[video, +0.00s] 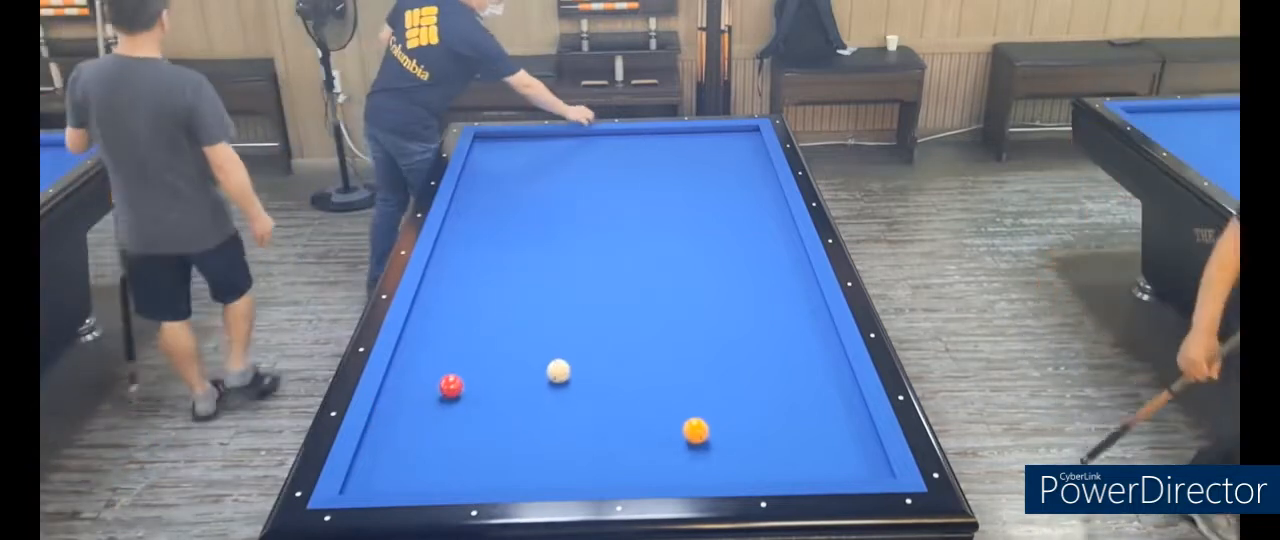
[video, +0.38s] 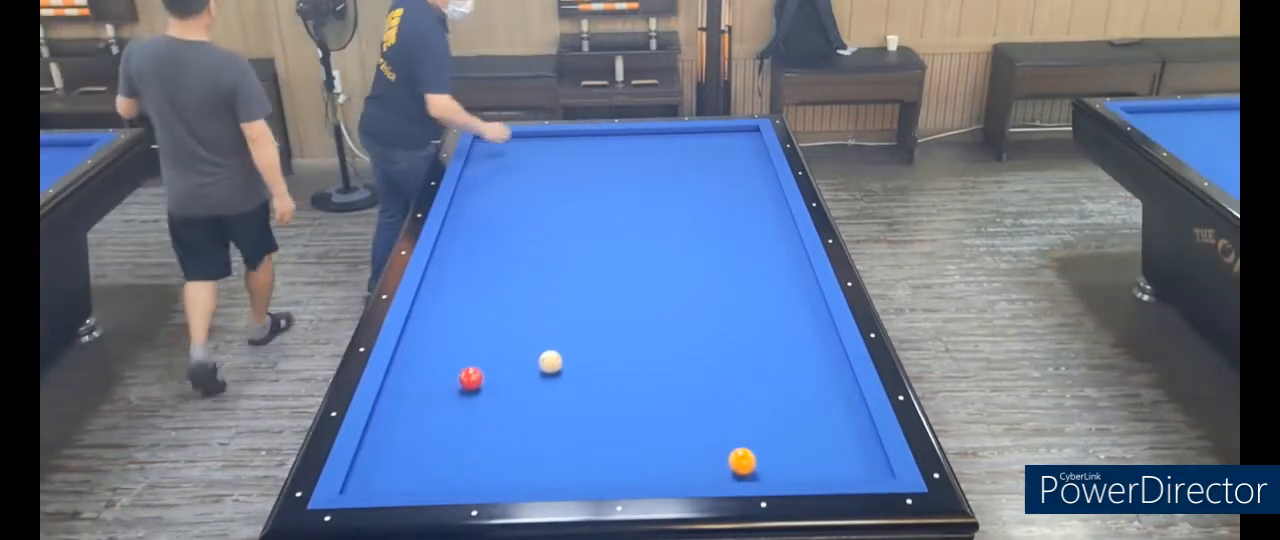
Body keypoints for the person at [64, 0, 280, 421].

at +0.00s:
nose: (170, 21)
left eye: (167, 14)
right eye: (168, 14)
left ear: (114, 22)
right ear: (162, 19)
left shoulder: (87, 79)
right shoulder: (188, 86)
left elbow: (76, 143)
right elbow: (223, 163)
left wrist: (111, 118)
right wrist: (256, 215)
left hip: (142, 233)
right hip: (201, 225)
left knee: (172, 319)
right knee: (236, 292)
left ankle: (201, 397)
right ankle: (239, 373)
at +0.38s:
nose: (215, 12)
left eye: (212, 6)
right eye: (214, 7)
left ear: (168, 11)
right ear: (209, 10)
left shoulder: (139, 54)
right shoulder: (230, 64)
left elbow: (126, 109)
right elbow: (257, 136)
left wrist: (159, 94)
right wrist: (280, 192)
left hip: (185, 201)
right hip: (238, 196)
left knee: (198, 273)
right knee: (260, 256)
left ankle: (198, 355)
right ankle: (260, 325)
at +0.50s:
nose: (226, 6)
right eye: (225, 3)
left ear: (185, 2)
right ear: (221, 2)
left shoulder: (154, 46)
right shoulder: (247, 53)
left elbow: (143, 102)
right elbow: (277, 119)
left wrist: (181, 94)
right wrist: (296, 166)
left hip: (200, 181)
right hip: (252, 179)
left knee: (222, 239)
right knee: (265, 250)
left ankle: (214, 309)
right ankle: (259, 325)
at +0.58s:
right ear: (229, 1)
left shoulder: (168, 37)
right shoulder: (254, 43)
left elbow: (155, 98)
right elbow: (292, 114)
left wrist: (191, 89)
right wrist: (303, 151)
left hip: (210, 171)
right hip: (260, 171)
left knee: (237, 225)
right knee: (266, 245)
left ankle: (239, 298)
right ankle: (260, 324)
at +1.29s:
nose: (344, 13)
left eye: (348, 10)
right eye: (335, 9)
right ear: (318, 6)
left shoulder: (253, 5)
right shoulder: (309, 5)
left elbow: (254, 50)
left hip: (278, 93)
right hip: (313, 91)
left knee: (288, 179)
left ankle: (289, 262)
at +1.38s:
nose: (337, 21)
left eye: (342, 15)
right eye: (328, 17)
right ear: (310, 7)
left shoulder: (267, 5)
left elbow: (266, 50)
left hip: (286, 88)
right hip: (321, 87)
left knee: (294, 179)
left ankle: (290, 259)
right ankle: (289, 259)